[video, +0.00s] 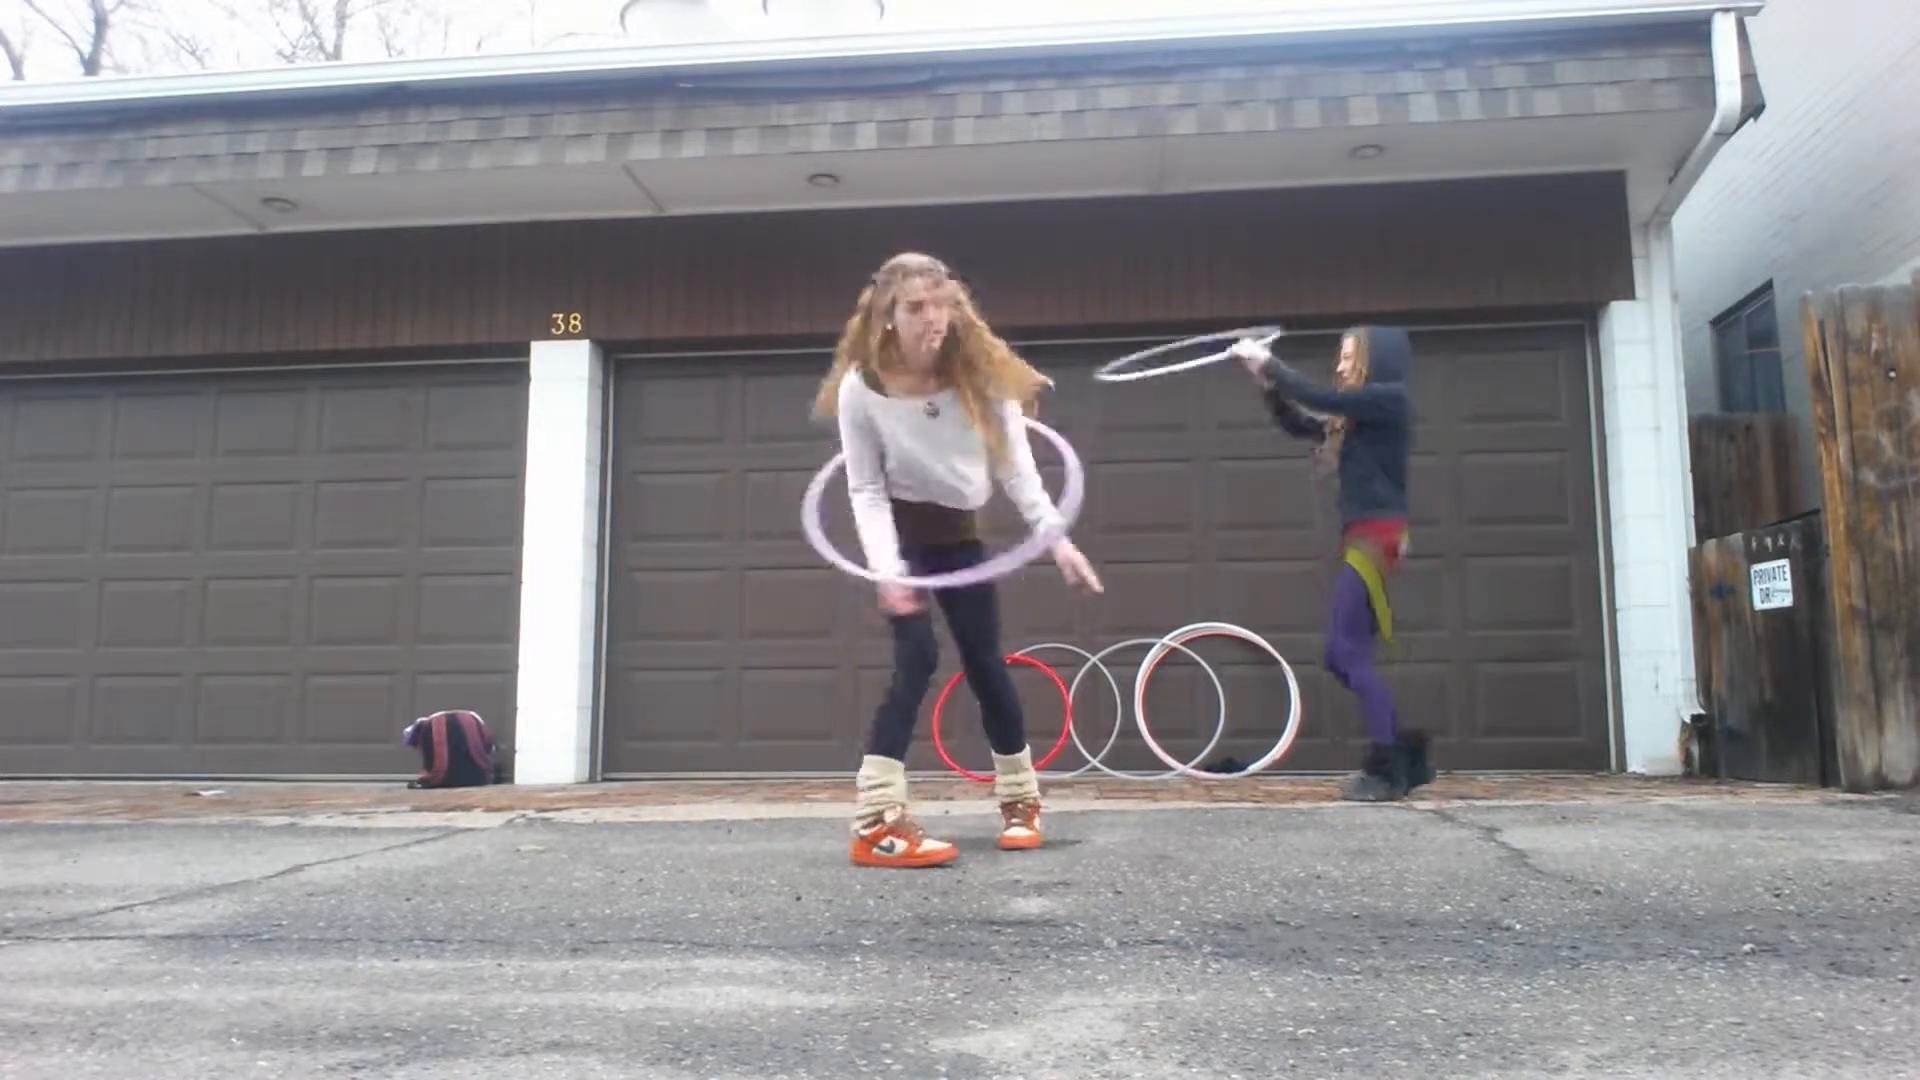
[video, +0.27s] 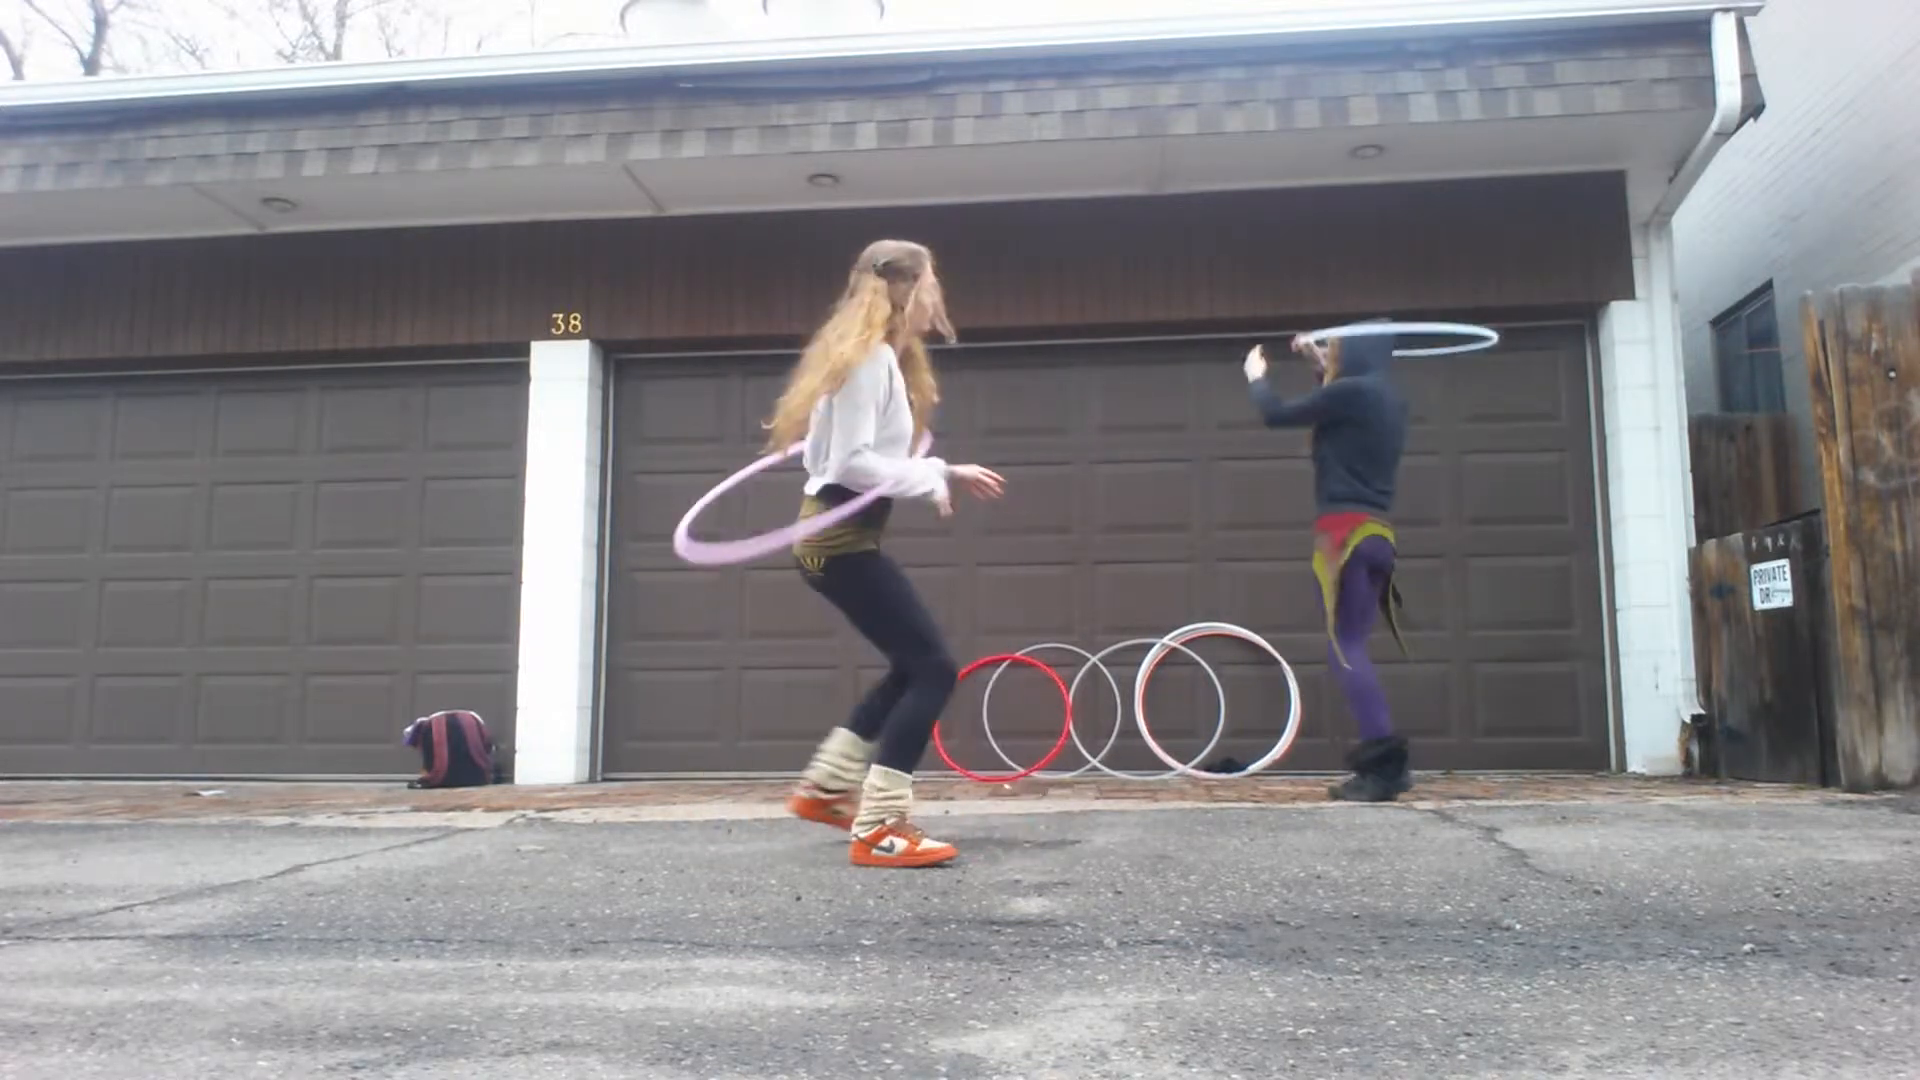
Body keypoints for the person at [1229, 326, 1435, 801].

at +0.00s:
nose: (1341, 366)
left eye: (1349, 358)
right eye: (1341, 358)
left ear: (1374, 360)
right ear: (1361, 363)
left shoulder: (1390, 399)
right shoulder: (1360, 407)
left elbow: (1326, 399)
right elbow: (1304, 427)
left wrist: (1270, 366)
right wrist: (1270, 388)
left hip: (1377, 534)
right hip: (1361, 534)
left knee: (1348, 650)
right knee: (1337, 656)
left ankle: (1386, 762)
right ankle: (1404, 747)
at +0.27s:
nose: (1326, 361)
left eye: (1331, 353)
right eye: (1325, 353)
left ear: (1352, 356)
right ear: (1375, 358)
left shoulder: (1349, 393)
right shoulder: (1389, 399)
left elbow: (1275, 413)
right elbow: (1340, 402)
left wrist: (1256, 376)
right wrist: (1320, 361)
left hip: (1347, 535)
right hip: (1378, 535)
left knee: (1345, 650)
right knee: (1349, 649)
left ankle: (1384, 759)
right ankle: (1380, 758)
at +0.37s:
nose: (1322, 361)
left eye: (1328, 354)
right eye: (1324, 353)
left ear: (1343, 356)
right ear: (1376, 354)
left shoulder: (1340, 392)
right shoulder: (1395, 397)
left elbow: (1303, 441)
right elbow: (1364, 440)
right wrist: (1321, 407)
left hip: (1340, 535)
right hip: (1379, 534)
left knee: (1325, 644)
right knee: (1368, 647)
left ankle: (1373, 752)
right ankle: (1378, 761)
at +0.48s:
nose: (1315, 361)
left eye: (1319, 354)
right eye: (1318, 353)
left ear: (1333, 354)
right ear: (1364, 354)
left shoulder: (1330, 394)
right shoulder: (1391, 403)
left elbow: (1306, 458)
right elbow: (1396, 468)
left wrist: (1277, 512)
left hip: (1335, 533)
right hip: (1377, 534)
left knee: (1322, 641)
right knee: (1369, 645)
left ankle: (1352, 756)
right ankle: (1383, 760)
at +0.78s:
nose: (1295, 380)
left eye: (1299, 371)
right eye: (1295, 371)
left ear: (1320, 366)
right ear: (1343, 366)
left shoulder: (1317, 402)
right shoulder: (1370, 422)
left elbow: (1274, 448)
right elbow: (1385, 496)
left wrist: (1234, 488)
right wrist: (1397, 562)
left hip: (1317, 541)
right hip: (1358, 541)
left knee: (1299, 651)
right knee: (1358, 650)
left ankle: (1299, 760)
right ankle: (1379, 759)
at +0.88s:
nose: (1287, 378)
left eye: (1291, 368)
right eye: (1288, 368)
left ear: (1311, 367)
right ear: (1334, 368)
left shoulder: (1311, 403)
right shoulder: (1356, 424)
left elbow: (1261, 426)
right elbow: (1370, 500)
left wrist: (1210, 443)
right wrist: (1386, 569)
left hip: (1307, 548)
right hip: (1347, 547)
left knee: (1298, 660)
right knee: (1341, 658)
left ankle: (1299, 767)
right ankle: (1375, 758)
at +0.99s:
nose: (1276, 378)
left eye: (1282, 369)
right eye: (1277, 370)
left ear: (1302, 369)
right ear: (1318, 368)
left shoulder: (1313, 400)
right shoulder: (1328, 418)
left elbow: (1269, 401)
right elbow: (1345, 491)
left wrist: (1219, 396)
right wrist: (1351, 560)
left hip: (1304, 543)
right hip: (1323, 543)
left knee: (1301, 657)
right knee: (1314, 656)